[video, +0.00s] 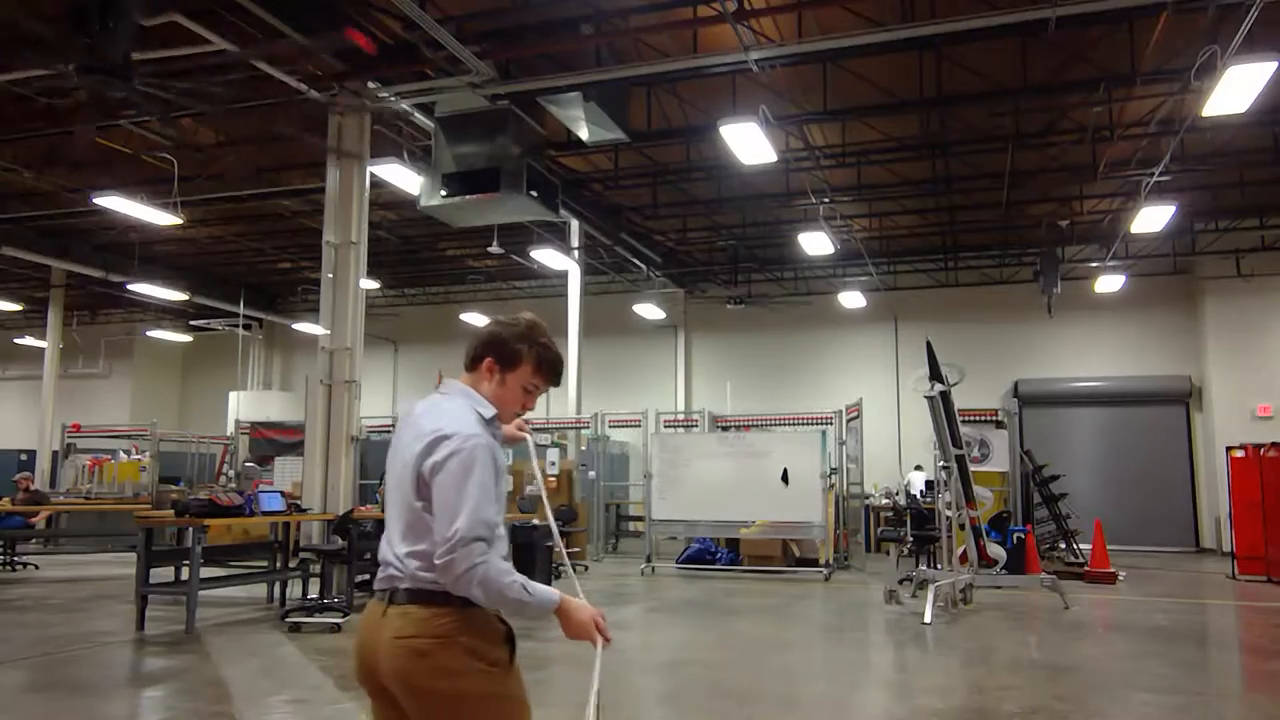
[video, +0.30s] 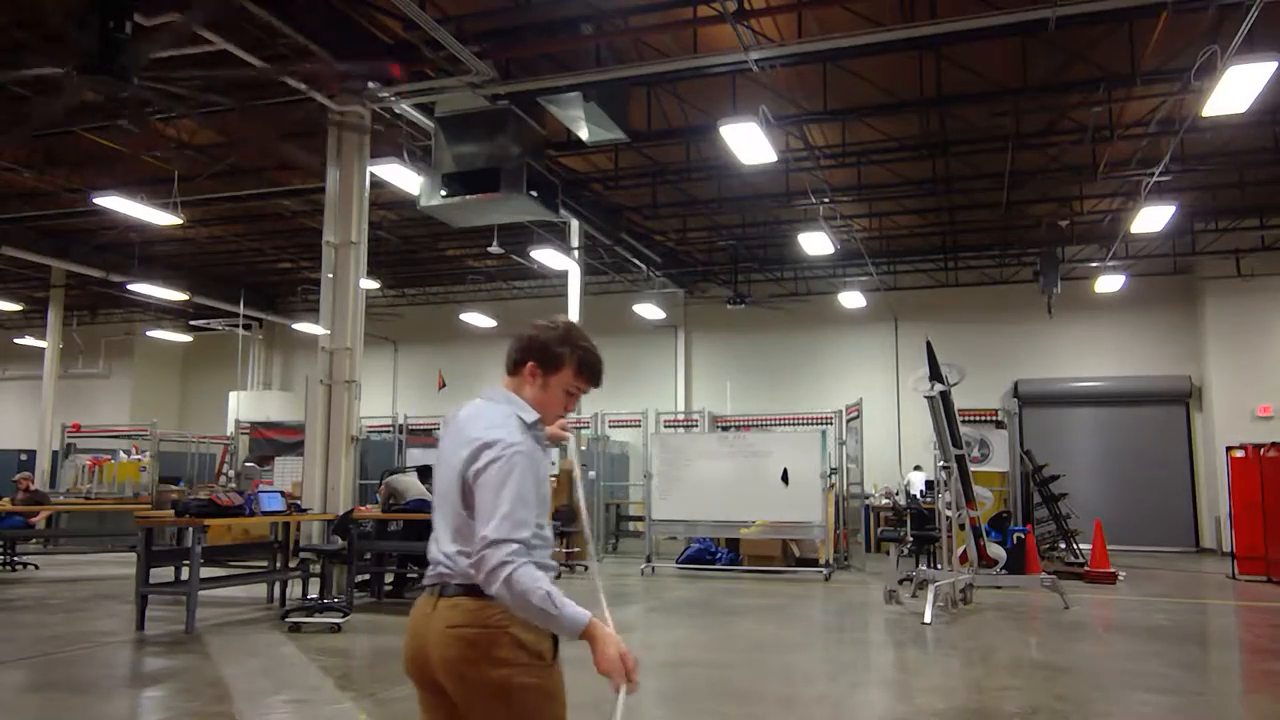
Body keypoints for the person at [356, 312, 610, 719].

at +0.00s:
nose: (530, 407)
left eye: (537, 395)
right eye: (528, 390)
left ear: (486, 370)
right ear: (490, 370)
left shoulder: (420, 413)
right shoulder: (467, 437)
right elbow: (466, 563)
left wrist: (494, 433)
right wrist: (559, 605)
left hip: (382, 622)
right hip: (442, 636)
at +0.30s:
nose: (571, 409)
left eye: (578, 398)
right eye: (570, 393)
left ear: (528, 374)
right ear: (532, 374)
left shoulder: (463, 418)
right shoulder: (511, 441)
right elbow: (503, 564)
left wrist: (537, 434)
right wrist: (590, 629)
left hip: (432, 612)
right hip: (491, 626)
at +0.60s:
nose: (620, 418)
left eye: (626, 408)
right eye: (622, 404)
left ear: (585, 381)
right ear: (590, 384)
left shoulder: (508, 411)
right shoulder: (555, 449)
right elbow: (514, 569)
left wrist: (575, 434)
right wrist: (564, 664)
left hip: (459, 605)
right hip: (511, 617)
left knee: (481, 713)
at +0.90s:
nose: (623, 428)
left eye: (629, 419)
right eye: (625, 416)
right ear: (597, 400)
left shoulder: (527, 416)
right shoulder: (547, 458)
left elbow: (566, 437)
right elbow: (536, 575)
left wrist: (602, 458)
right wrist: (624, 590)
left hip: (476, 599)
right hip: (515, 617)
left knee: (493, 713)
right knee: (543, 711)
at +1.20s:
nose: (602, 417)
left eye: (606, 407)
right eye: (601, 404)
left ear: (567, 388)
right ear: (569, 388)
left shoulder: (539, 434)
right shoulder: (524, 444)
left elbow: (564, 480)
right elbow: (509, 550)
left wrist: (605, 496)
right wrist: (602, 566)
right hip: (513, 612)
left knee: (513, 712)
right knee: (536, 712)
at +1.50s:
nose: (583, 409)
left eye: (589, 401)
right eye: (577, 395)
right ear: (545, 383)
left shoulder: (538, 438)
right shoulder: (517, 439)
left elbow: (542, 515)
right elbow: (493, 529)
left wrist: (587, 529)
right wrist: (547, 567)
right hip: (505, 605)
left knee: (495, 713)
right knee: (546, 713)